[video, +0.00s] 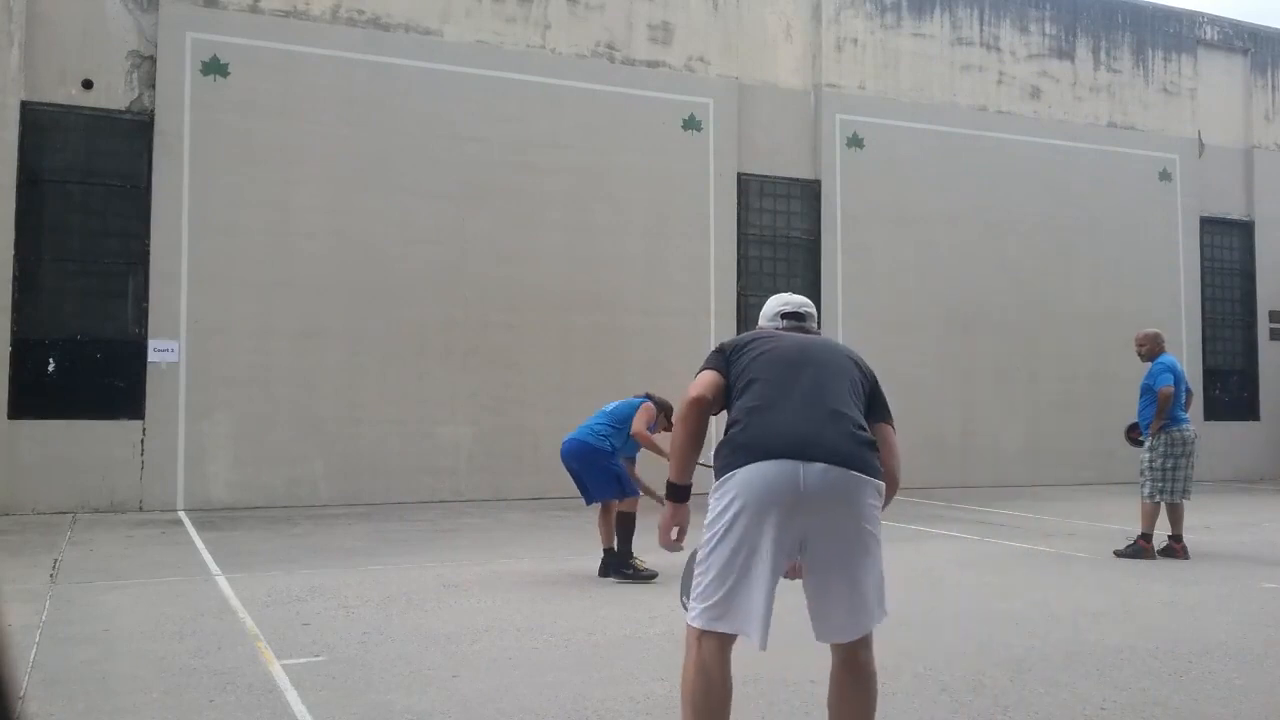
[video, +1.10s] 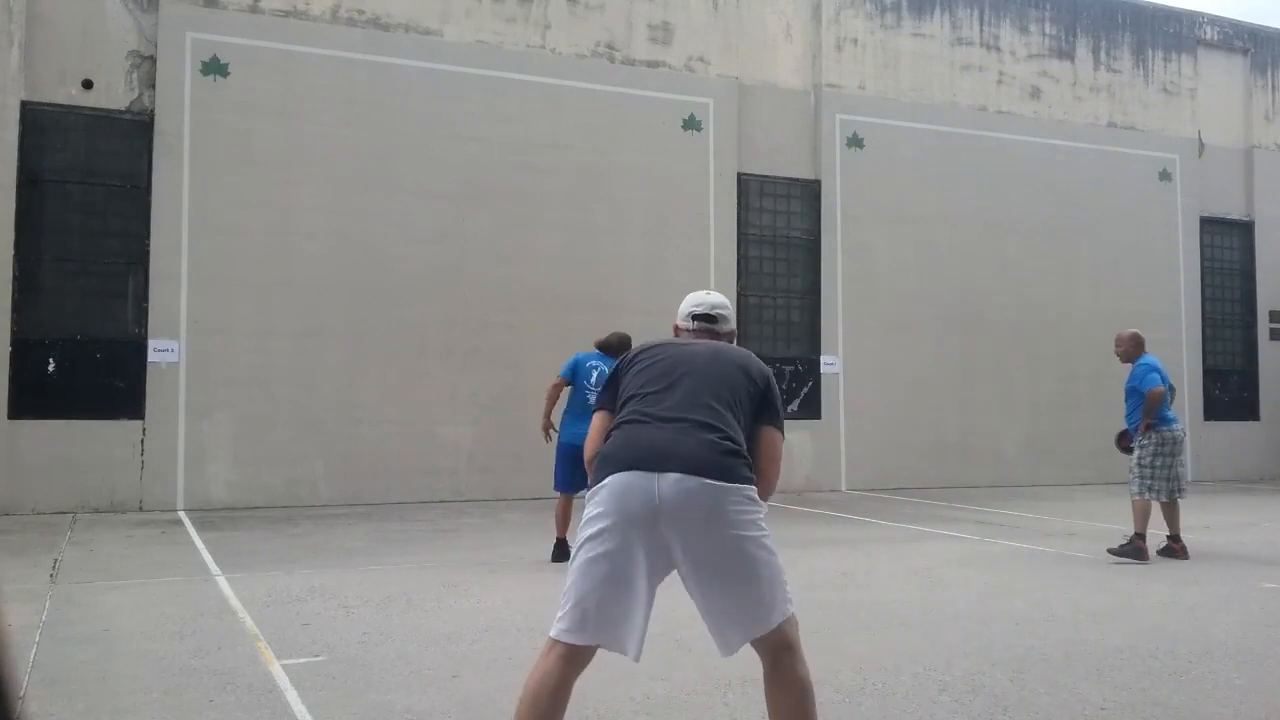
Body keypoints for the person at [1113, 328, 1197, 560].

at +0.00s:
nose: (1138, 351)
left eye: (1142, 346)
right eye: (1137, 346)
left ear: (1159, 345)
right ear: (1160, 347)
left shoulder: (1160, 365)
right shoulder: (1173, 363)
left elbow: (1166, 392)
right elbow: (1189, 393)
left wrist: (1156, 422)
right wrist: (1177, 419)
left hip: (1164, 435)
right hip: (1181, 432)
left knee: (1151, 489)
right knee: (1173, 491)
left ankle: (1144, 543)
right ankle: (1176, 543)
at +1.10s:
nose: (1116, 351)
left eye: (1119, 346)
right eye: (1116, 347)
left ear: (1134, 347)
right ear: (1136, 347)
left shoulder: (1142, 367)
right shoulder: (1152, 364)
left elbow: (1156, 391)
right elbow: (1169, 390)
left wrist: (1146, 420)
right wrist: (1157, 416)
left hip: (1154, 434)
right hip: (1170, 432)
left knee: (1139, 488)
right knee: (1167, 489)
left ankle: (1138, 543)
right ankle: (1175, 543)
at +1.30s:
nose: (1110, 352)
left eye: (1114, 347)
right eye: (1108, 348)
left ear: (1128, 347)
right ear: (1108, 350)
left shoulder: (1138, 369)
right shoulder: (1124, 371)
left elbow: (1156, 397)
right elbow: (1133, 406)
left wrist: (1131, 419)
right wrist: (1123, 436)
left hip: (1149, 436)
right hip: (1150, 435)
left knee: (1134, 490)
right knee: (1158, 489)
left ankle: (1134, 547)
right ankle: (1174, 542)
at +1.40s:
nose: (1115, 349)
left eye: (1119, 343)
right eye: (1110, 345)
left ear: (1129, 344)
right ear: (1106, 348)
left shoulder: (1140, 366)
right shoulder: (1111, 370)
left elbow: (1152, 396)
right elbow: (1118, 406)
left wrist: (1125, 414)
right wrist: (1116, 435)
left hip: (1147, 434)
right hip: (1132, 436)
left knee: (1136, 491)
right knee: (1152, 490)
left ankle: (1135, 547)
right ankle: (1169, 540)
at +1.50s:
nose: (1117, 346)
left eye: (1121, 342)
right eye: (1112, 342)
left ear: (1130, 342)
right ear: (1107, 345)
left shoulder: (1140, 364)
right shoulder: (1108, 368)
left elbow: (1148, 395)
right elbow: (1110, 405)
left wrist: (1117, 410)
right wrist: (1109, 433)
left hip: (1146, 433)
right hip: (1129, 436)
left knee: (1136, 489)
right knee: (1145, 489)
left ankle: (1134, 546)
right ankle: (1155, 542)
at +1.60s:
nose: (1122, 346)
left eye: (1127, 342)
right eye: (1117, 343)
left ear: (1134, 343)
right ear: (1110, 345)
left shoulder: (1142, 365)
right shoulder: (1109, 369)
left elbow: (1147, 396)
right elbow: (1110, 405)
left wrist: (1114, 409)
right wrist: (1106, 434)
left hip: (1144, 435)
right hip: (1126, 438)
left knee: (1126, 491)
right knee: (1143, 491)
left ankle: (1135, 547)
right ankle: (1158, 544)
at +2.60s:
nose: (1009, 357)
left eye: (1012, 352)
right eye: (1009, 352)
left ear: (1024, 353)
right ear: (1033, 352)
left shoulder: (1030, 374)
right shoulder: (1049, 371)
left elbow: (1032, 413)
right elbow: (1050, 416)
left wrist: (1011, 433)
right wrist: (1025, 438)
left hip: (1058, 441)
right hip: (1081, 440)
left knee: (1028, 499)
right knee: (1063, 499)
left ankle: (1040, 561)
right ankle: (1087, 553)